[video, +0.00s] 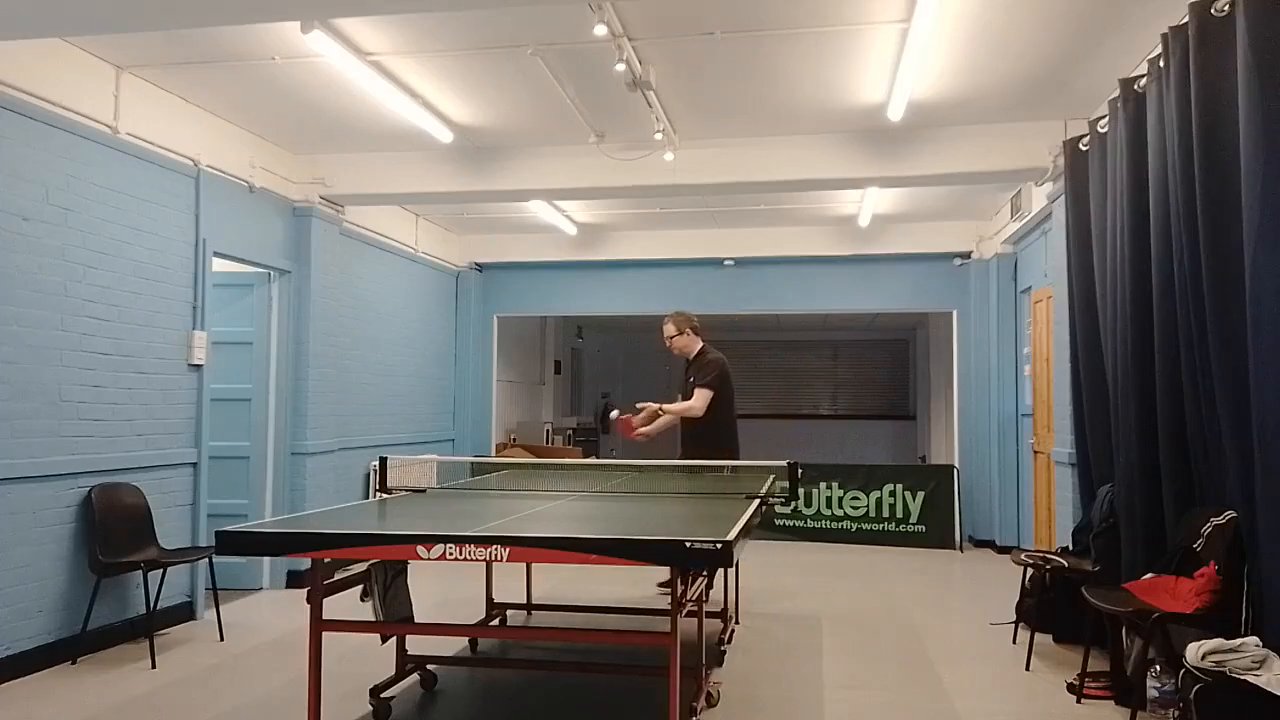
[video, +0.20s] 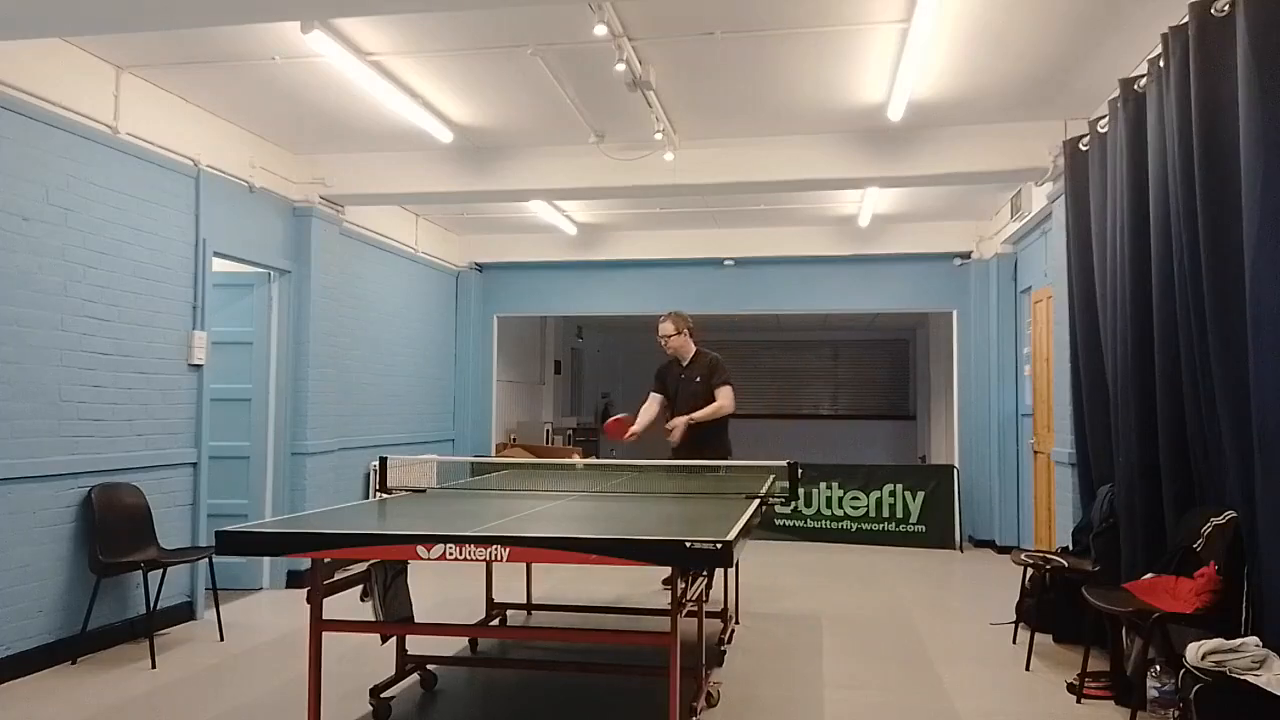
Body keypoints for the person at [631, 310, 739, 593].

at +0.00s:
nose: (668, 345)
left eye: (671, 338)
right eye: (666, 340)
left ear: (689, 333)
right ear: (686, 336)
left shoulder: (713, 362)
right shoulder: (691, 365)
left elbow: (697, 408)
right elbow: (682, 408)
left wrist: (659, 408)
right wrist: (652, 429)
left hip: (715, 461)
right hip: (693, 460)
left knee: (709, 519)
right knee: (682, 515)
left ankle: (702, 579)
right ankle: (681, 572)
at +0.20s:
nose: (662, 343)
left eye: (666, 337)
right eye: (660, 338)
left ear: (685, 334)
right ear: (665, 339)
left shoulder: (712, 363)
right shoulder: (666, 370)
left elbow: (727, 404)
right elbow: (652, 404)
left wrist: (687, 419)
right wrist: (638, 426)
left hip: (712, 458)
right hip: (681, 457)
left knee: (707, 517)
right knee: (677, 514)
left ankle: (702, 576)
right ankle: (680, 569)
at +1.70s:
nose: (672, 338)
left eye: (677, 334)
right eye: (668, 334)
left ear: (686, 338)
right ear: (662, 336)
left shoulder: (695, 369)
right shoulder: (651, 363)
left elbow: (708, 404)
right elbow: (624, 372)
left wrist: (712, 426)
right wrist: (624, 385)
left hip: (687, 450)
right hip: (655, 450)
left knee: (693, 506)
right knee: (654, 507)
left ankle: (702, 561)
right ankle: (656, 565)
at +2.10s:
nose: (680, 337)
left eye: (686, 333)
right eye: (677, 333)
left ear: (696, 338)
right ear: (671, 337)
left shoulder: (705, 372)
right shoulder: (657, 367)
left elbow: (718, 406)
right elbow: (631, 390)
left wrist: (720, 427)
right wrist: (647, 408)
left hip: (697, 455)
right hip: (662, 455)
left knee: (715, 507)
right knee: (660, 510)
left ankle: (732, 563)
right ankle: (657, 566)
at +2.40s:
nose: (694, 351)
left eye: (699, 346)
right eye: (690, 347)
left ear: (711, 348)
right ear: (685, 350)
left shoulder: (730, 378)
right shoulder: (680, 381)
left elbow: (753, 409)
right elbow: (662, 416)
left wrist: (740, 434)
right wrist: (668, 446)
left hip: (726, 462)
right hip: (691, 462)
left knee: (741, 514)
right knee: (674, 511)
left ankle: (754, 570)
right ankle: (660, 566)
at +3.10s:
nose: (685, 371)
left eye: (690, 366)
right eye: (680, 366)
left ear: (702, 363)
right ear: (675, 363)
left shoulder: (716, 387)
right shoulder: (668, 384)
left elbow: (732, 420)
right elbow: (638, 411)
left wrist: (721, 445)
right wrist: (649, 437)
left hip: (708, 464)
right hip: (675, 464)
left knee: (725, 512)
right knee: (668, 511)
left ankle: (750, 567)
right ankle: (669, 561)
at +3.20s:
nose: (686, 354)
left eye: (691, 349)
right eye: (682, 349)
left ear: (703, 348)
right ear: (677, 347)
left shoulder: (714, 377)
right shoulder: (667, 370)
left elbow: (728, 409)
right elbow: (631, 379)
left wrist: (719, 434)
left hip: (704, 456)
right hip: (670, 454)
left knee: (722, 506)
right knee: (667, 508)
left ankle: (741, 563)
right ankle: (669, 560)